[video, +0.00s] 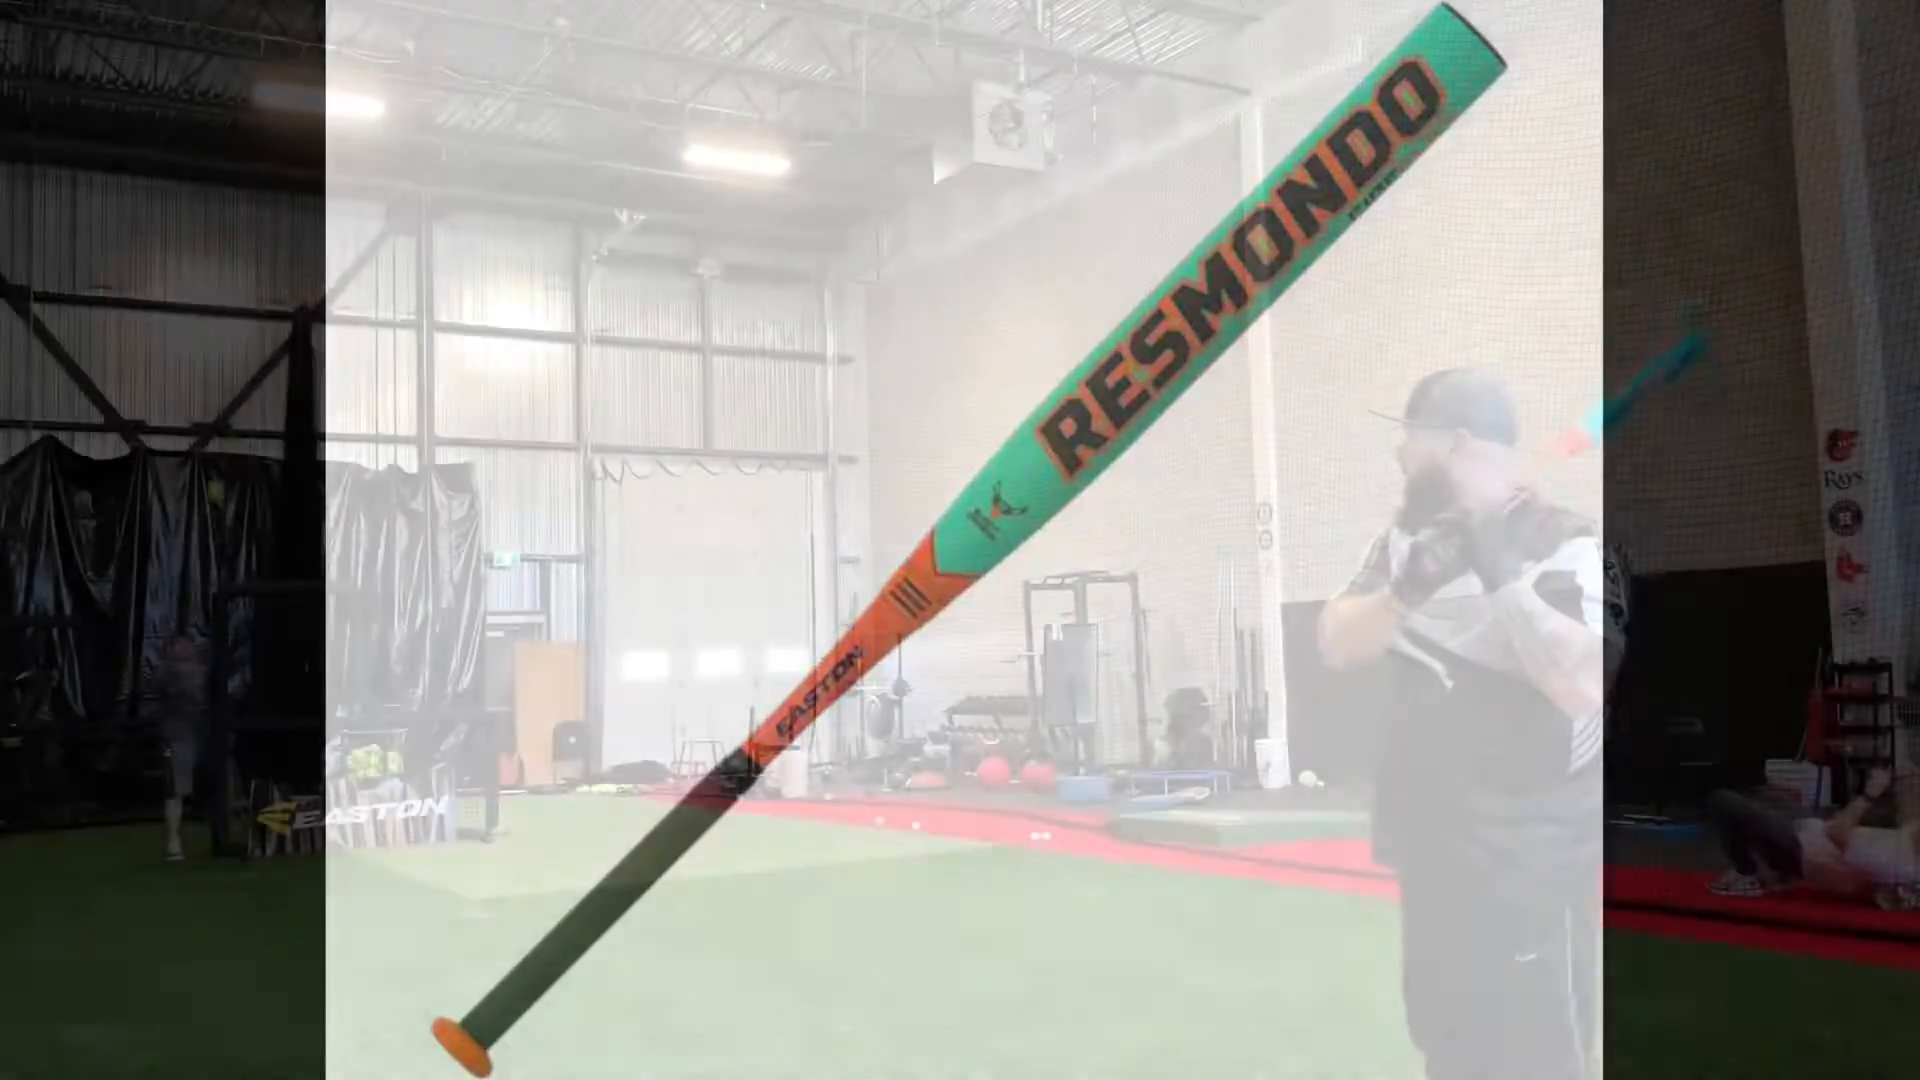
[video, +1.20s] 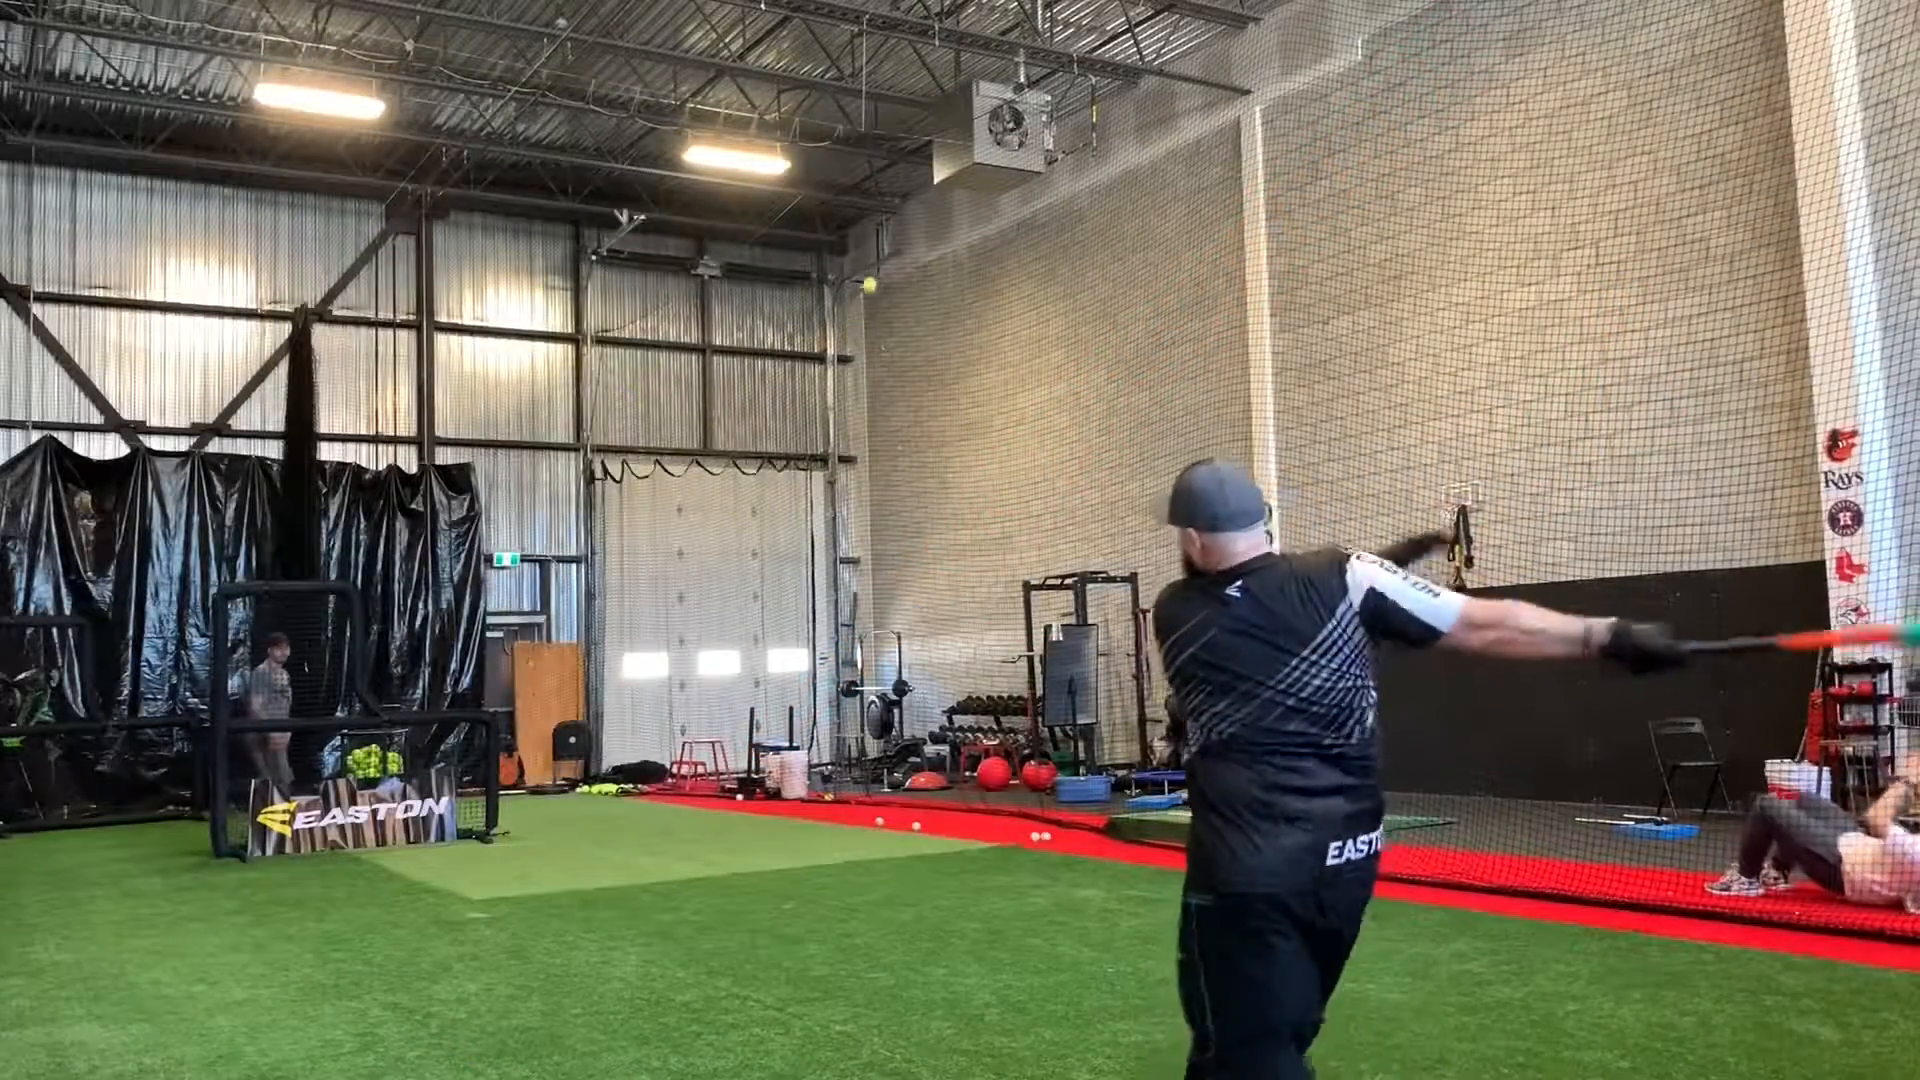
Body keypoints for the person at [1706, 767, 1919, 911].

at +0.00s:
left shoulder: (1904, 861)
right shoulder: (1908, 838)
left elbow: (1835, 833)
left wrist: (1868, 796)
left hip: (1803, 852)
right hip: (1815, 830)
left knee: (1723, 802)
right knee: (1759, 800)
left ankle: (1744, 874)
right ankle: (1776, 873)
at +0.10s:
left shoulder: (1897, 866)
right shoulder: (1908, 840)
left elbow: (1830, 832)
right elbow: (1905, 827)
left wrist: (1863, 796)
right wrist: (1910, 796)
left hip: (1795, 850)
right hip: (1809, 826)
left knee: (1717, 803)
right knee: (1757, 796)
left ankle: (1744, 875)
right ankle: (1774, 873)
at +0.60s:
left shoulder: (1904, 863)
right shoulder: (1911, 841)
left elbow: (1838, 831)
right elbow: (1909, 826)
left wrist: (1868, 794)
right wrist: (1910, 790)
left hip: (1806, 851)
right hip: (1822, 827)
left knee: (1725, 800)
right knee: (1765, 793)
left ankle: (1745, 875)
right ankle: (1777, 870)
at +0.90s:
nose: (1916, 793)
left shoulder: (1909, 859)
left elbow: (1854, 824)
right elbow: (1909, 821)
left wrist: (1885, 784)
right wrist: (1912, 779)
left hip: (1827, 860)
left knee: (1744, 800)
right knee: (1788, 796)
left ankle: (1745, 876)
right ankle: (1775, 872)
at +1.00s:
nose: (1914, 798)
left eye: (1915, 793)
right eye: (1915, 791)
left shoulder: (1909, 857)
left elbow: (1860, 822)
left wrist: (1887, 784)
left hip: (1836, 866)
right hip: (1853, 846)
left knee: (1751, 802)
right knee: (1795, 798)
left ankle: (1746, 876)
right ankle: (1776, 872)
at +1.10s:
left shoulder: (1910, 854)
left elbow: (1866, 822)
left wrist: (1896, 782)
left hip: (1840, 867)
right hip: (1855, 844)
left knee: (1755, 803)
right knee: (1797, 797)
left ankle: (1746, 877)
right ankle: (1776, 870)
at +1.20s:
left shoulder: (1912, 852)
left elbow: (1876, 820)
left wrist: (1903, 783)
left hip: (1846, 870)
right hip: (1863, 845)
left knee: (1767, 807)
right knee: (1807, 800)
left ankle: (1746, 877)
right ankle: (1778, 869)